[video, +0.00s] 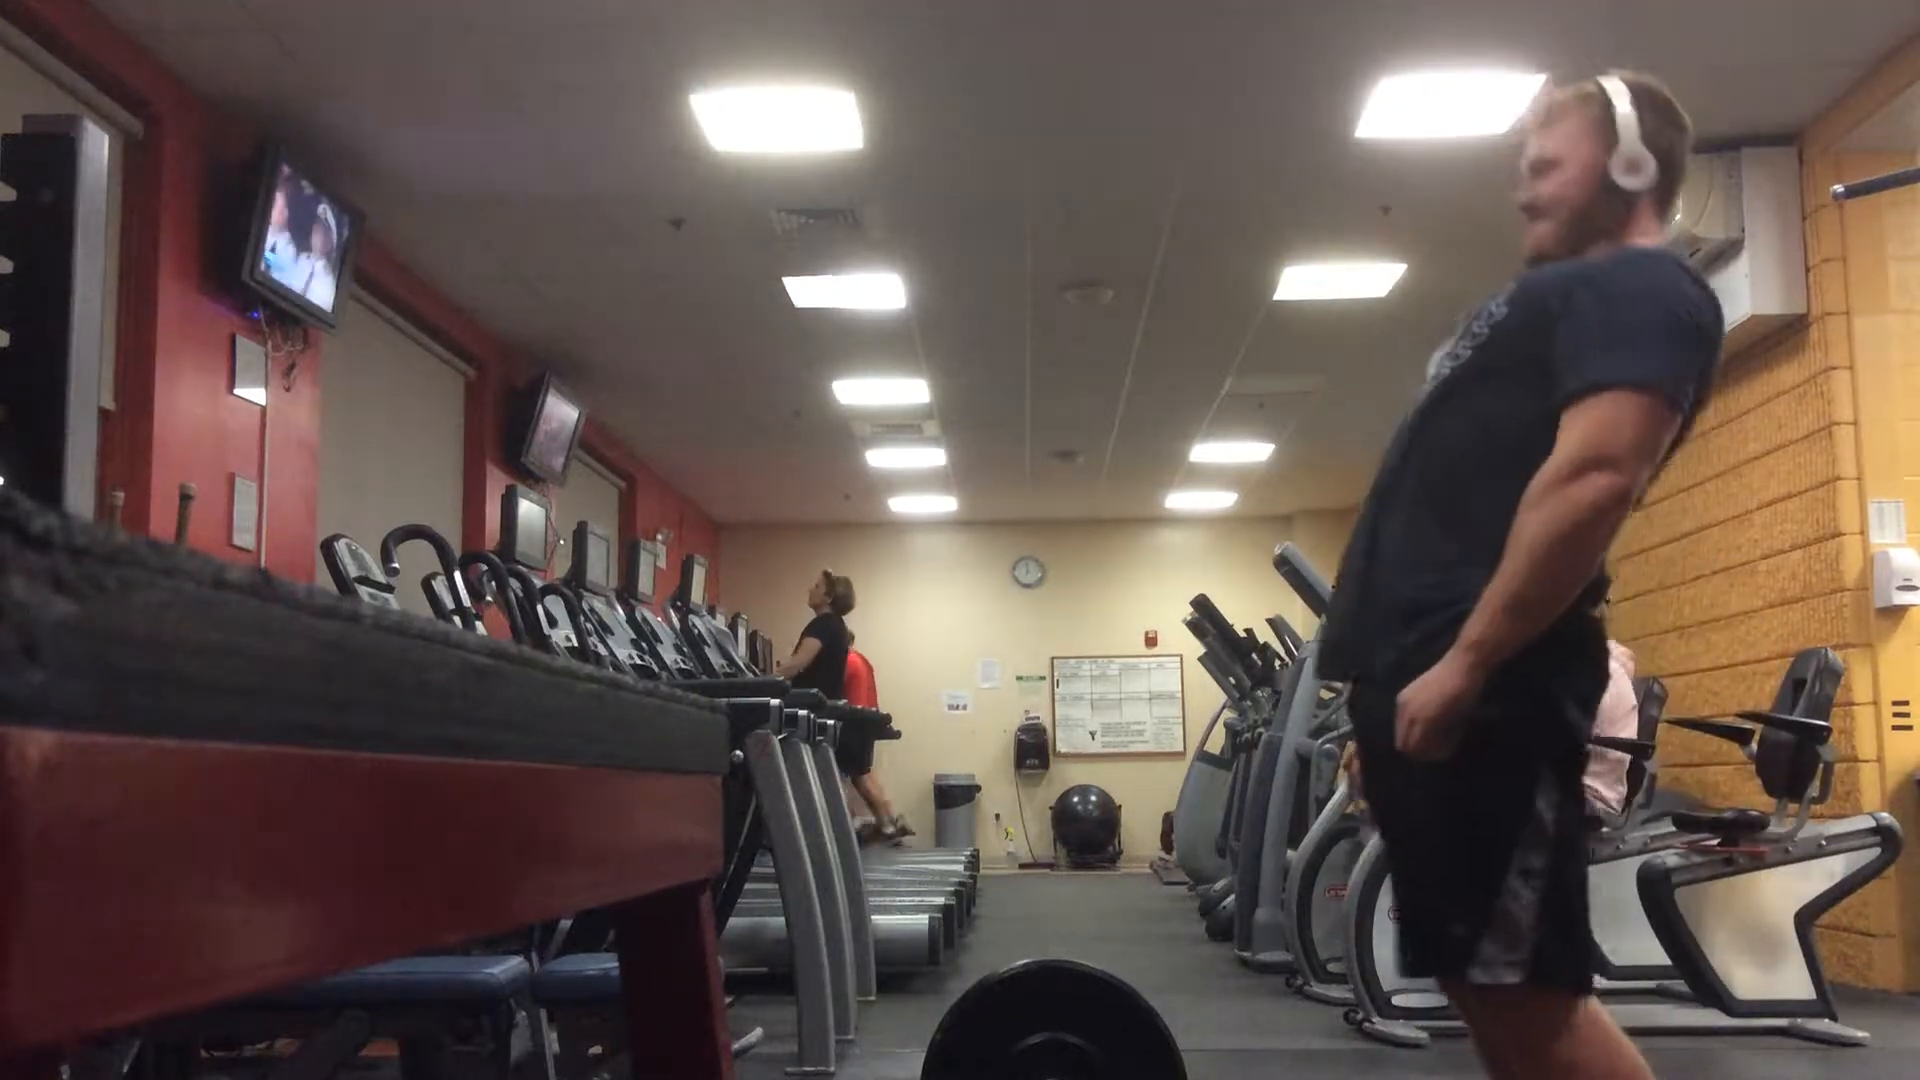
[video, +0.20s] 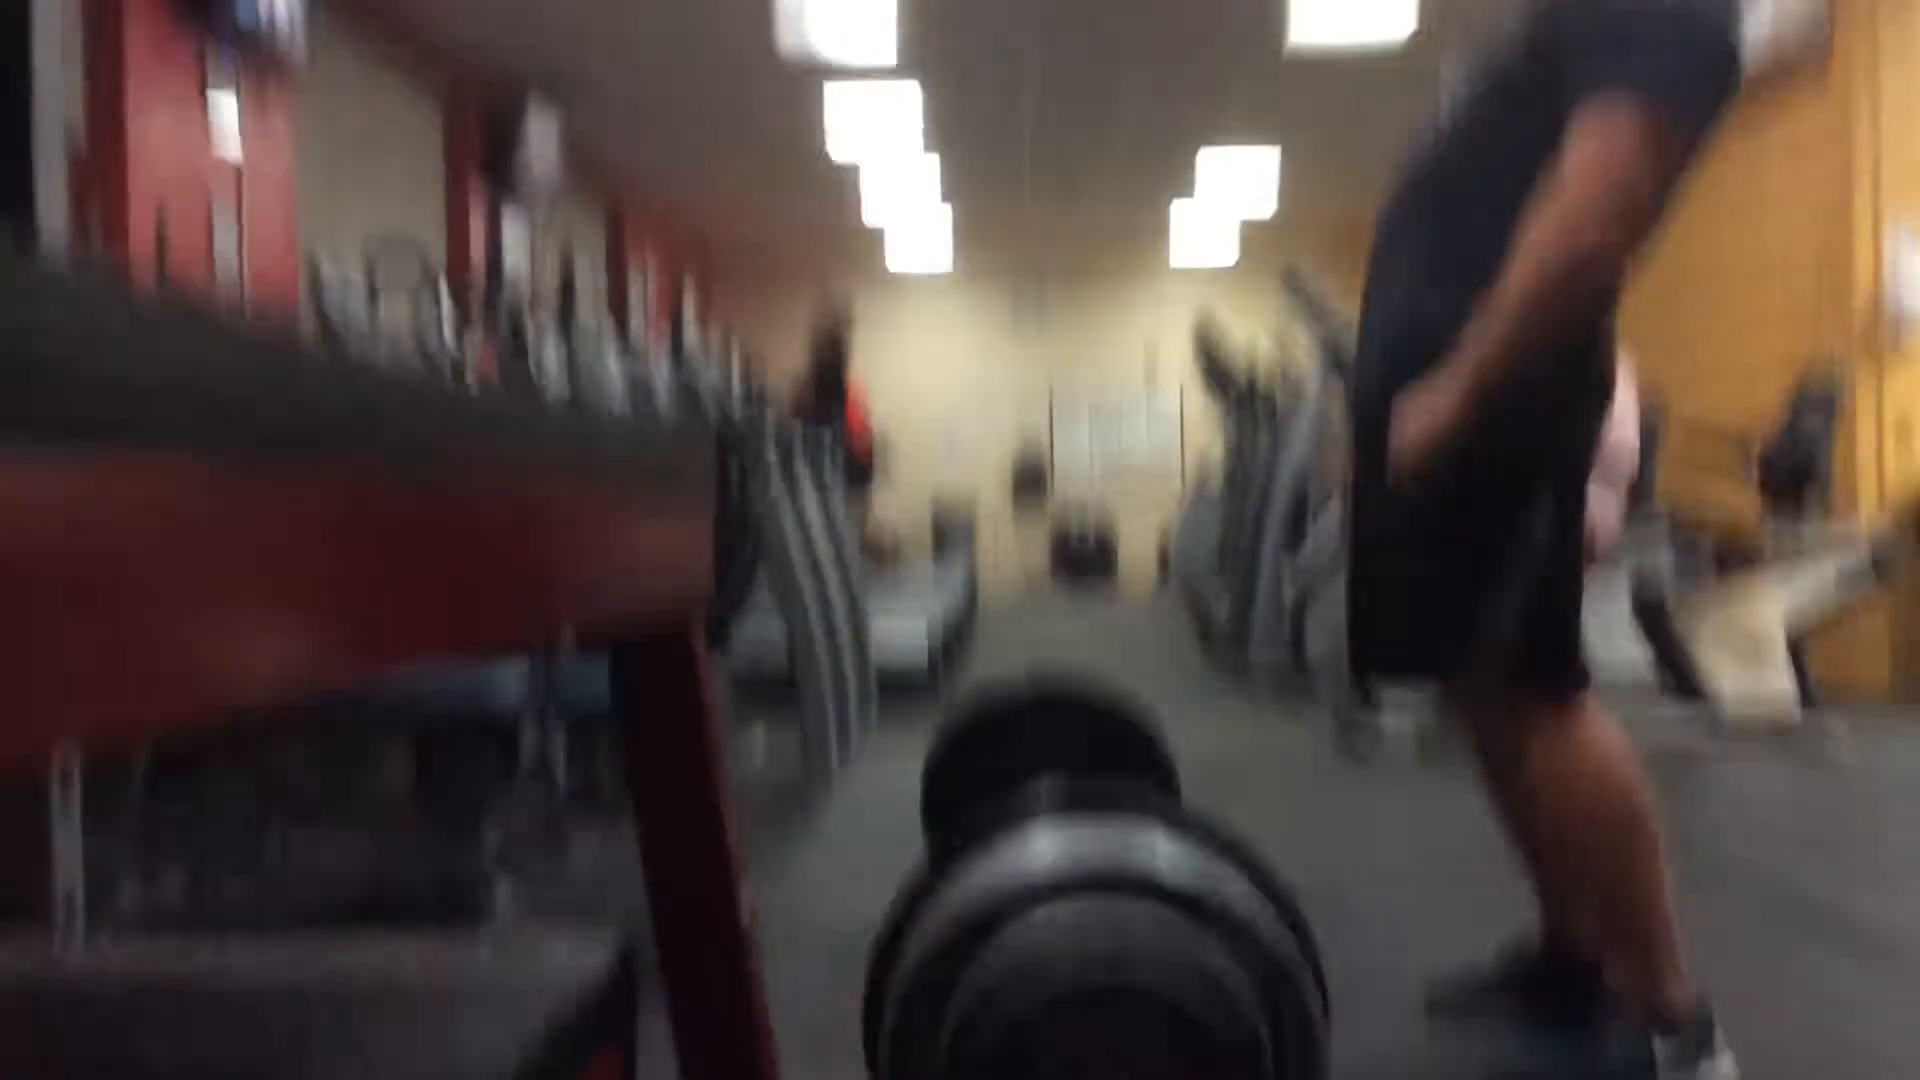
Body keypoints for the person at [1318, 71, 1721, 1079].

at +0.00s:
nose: (1521, 187)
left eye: (1544, 164)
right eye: (1522, 169)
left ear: (1629, 170)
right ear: (1606, 176)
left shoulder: (1639, 283)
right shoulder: (1545, 299)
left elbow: (1595, 477)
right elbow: (1461, 502)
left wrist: (1465, 664)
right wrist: (1385, 700)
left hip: (1496, 693)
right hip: (1436, 689)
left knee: (1531, 1010)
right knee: (1493, 1001)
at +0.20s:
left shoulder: (1661, 19)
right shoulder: (1592, 29)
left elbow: (1591, 215)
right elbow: (1565, 216)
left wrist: (1458, 384)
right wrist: (1424, 374)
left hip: (1518, 387)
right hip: (1465, 382)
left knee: (1535, 697)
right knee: (1484, 686)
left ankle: (1664, 1021)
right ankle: (1575, 958)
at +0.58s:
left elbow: (1563, 9)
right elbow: (1467, 55)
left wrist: (1490, 210)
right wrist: (1441, 240)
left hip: (1640, 130)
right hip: (1535, 141)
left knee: (1575, 489)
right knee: (1508, 473)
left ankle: (1653, 819)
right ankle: (1569, 753)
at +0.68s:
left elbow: (1556, 19)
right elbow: (1466, 69)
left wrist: (1501, 233)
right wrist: (1444, 256)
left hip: (1680, 110)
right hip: (1571, 123)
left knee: (1582, 456)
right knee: (1500, 443)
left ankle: (1650, 794)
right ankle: (1568, 730)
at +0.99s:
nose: (1325, 15)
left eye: (1321, 8)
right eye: (1318, 13)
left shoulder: (1485, 37)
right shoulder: (1405, 74)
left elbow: (1531, 272)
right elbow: (1444, 272)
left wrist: (1506, 497)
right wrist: (1437, 444)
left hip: (1753, 265)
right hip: (1662, 270)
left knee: (1547, 479)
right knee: (1502, 461)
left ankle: (1646, 800)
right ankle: (1556, 737)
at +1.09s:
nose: (1254, 94)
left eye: (1277, 70)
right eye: (1258, 69)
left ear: (1368, 77)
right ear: (1343, 83)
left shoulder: (1469, 187)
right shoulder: (1390, 218)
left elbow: (1527, 437)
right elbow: (1444, 420)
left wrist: (1504, 671)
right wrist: (1414, 594)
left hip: (1757, 394)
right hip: (1659, 396)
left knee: (1512, 597)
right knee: (1446, 571)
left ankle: (1654, 892)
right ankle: (1560, 822)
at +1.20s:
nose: (1242, 259)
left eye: (1263, 232)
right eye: (1247, 234)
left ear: (1346, 239)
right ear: (1341, 244)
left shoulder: (1449, 334)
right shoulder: (1393, 382)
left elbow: (1527, 609)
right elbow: (1456, 590)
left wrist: (1508, 842)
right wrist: (1445, 770)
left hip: (1767, 526)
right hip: (1674, 523)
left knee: (1468, 666)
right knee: (1396, 652)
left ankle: (1658, 962)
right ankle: (1563, 903)